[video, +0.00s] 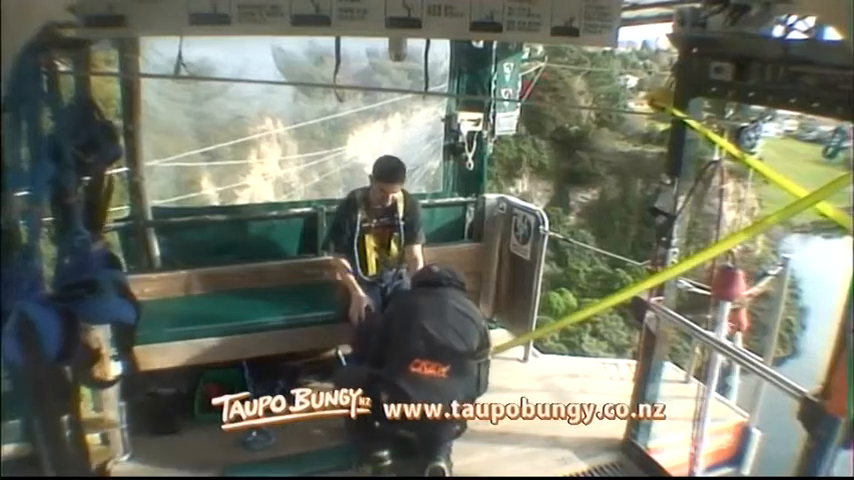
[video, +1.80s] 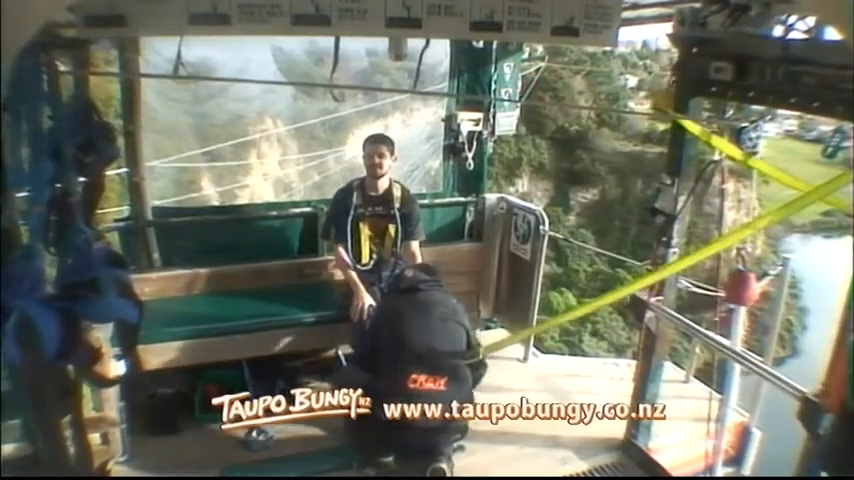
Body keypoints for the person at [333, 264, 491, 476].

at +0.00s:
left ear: (417, 284)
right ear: (459, 286)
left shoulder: (401, 301)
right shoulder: (475, 315)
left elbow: (371, 353)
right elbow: (481, 384)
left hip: (399, 401)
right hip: (453, 403)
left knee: (347, 378)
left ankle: (376, 447)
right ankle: (441, 455)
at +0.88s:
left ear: (413, 278)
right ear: (448, 280)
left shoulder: (396, 301)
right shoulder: (466, 307)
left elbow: (372, 356)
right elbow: (479, 377)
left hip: (398, 409)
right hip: (452, 406)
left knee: (347, 377)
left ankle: (379, 450)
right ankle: (441, 455)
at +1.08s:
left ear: (414, 279)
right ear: (448, 282)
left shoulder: (393, 301)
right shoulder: (462, 306)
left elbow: (370, 355)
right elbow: (502, 361)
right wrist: (471, 395)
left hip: (393, 405)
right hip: (446, 406)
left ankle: (380, 452)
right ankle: (439, 459)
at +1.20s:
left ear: (413, 280)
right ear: (447, 284)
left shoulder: (387, 307)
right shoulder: (459, 308)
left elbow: (366, 358)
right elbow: (511, 351)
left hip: (391, 412)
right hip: (441, 414)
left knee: (350, 378)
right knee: (459, 376)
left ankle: (377, 452)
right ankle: (439, 459)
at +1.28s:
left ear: (407, 283)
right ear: (446, 284)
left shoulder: (388, 308)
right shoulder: (460, 309)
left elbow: (365, 358)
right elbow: (513, 350)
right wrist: (512, 409)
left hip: (391, 414)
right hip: (443, 415)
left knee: (350, 378)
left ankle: (376, 455)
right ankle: (438, 459)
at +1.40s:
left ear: (410, 280)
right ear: (444, 283)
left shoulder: (390, 304)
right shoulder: (457, 307)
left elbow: (366, 356)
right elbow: (499, 363)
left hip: (392, 408)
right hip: (444, 409)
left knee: (348, 378)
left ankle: (378, 453)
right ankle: (439, 458)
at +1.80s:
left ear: (403, 282)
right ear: (437, 283)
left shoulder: (386, 306)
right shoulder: (453, 306)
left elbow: (366, 359)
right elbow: (476, 362)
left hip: (394, 418)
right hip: (446, 419)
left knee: (345, 377)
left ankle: (377, 453)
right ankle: (442, 455)